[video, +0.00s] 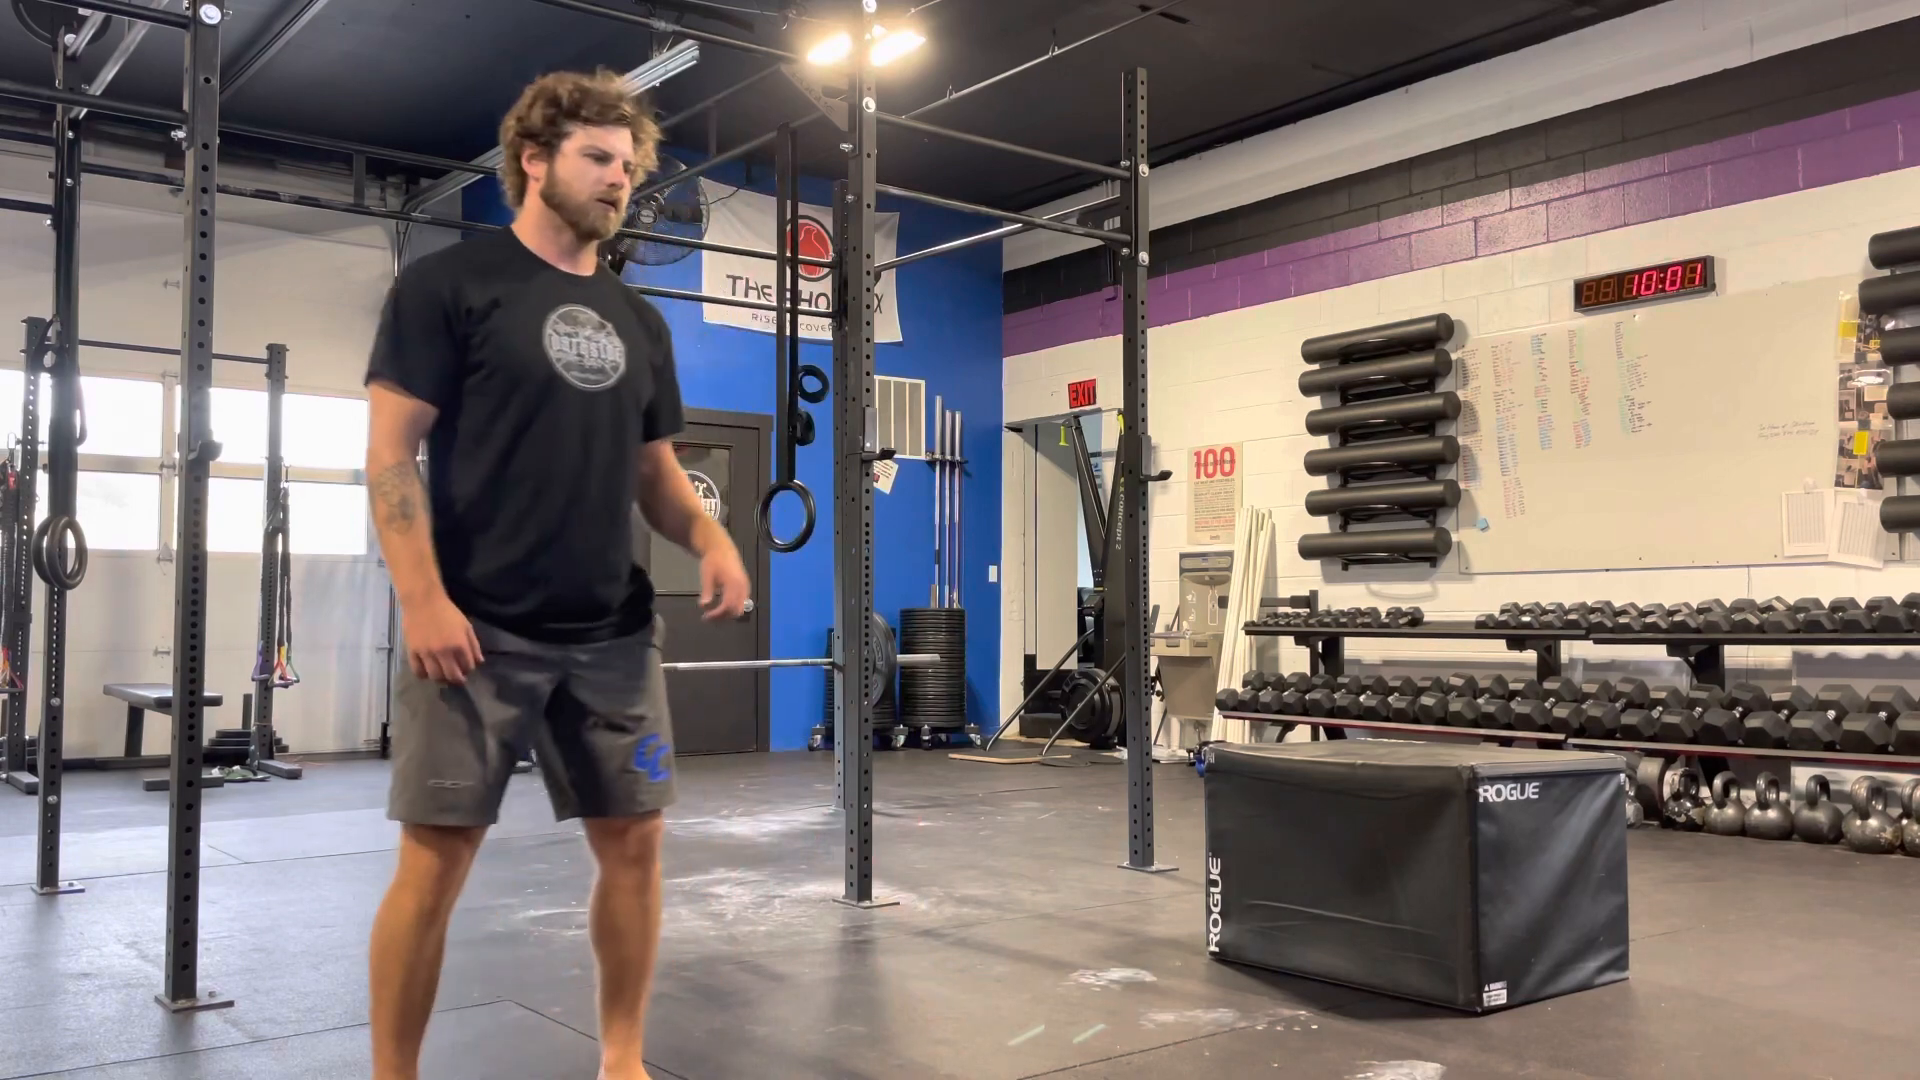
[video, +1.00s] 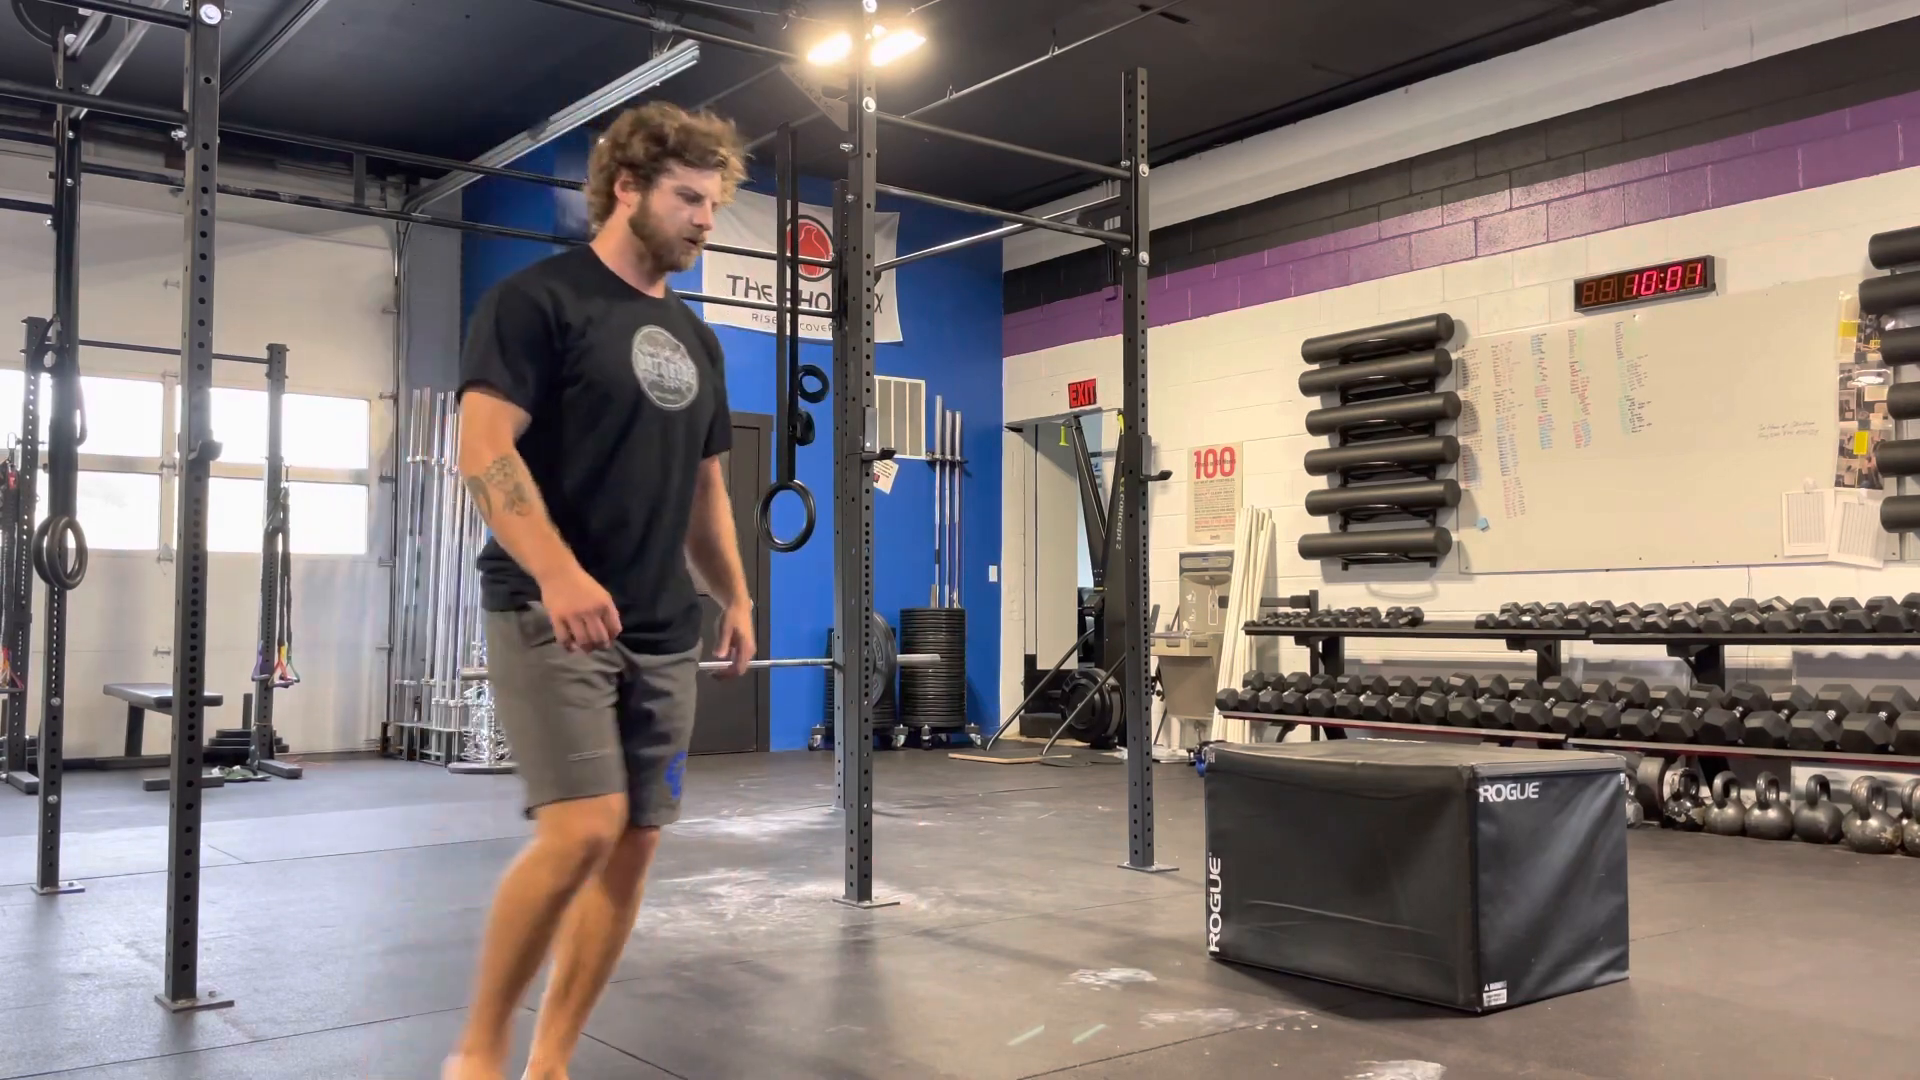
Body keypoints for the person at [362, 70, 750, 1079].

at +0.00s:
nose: (620, 179)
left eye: (630, 166)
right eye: (599, 158)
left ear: (637, 182)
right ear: (535, 162)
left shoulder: (635, 317)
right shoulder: (447, 281)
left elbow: (655, 467)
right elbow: (390, 453)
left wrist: (708, 533)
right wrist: (422, 600)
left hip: (611, 631)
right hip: (476, 627)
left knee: (634, 840)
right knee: (434, 861)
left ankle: (624, 1060)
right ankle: (393, 1072)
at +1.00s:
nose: (705, 219)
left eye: (715, 203)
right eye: (690, 198)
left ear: (716, 209)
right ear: (626, 189)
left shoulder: (693, 336)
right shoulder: (537, 298)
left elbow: (705, 483)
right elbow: (482, 453)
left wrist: (735, 593)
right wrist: (559, 575)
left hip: (665, 624)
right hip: (552, 613)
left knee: (631, 843)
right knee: (582, 822)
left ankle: (549, 1062)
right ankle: (478, 1055)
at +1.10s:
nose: (733, 232)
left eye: (742, 214)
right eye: (718, 209)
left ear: (742, 219)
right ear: (654, 198)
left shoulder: (715, 347)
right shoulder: (562, 306)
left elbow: (730, 489)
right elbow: (494, 453)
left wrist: (766, 589)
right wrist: (537, 590)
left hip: (686, 628)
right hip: (588, 613)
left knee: (635, 845)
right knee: (666, 811)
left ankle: (555, 1054)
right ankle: (591, 1046)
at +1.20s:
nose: (765, 244)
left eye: (774, 228)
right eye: (750, 222)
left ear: (769, 230)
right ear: (686, 211)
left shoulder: (741, 357)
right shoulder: (588, 319)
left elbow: (758, 497)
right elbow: (507, 456)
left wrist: (804, 584)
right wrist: (512, 604)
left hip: (704, 627)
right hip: (610, 618)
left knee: (653, 860)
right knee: (739, 801)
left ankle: (549, 1059)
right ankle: (726, 1042)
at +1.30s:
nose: (805, 264)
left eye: (811, 247)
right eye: (790, 244)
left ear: (789, 251)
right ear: (724, 236)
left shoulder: (779, 378)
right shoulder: (627, 336)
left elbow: (798, 511)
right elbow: (524, 468)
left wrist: (845, 583)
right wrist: (495, 618)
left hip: (729, 645)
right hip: (644, 642)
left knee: (691, 870)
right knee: (803, 806)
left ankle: (550, 1059)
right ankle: (836, 1021)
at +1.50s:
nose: (902, 376)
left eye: (908, 358)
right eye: (885, 354)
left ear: (908, 359)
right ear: (822, 351)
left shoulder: (885, 471)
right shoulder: (727, 441)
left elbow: (920, 585)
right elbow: (581, 530)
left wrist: (939, 632)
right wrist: (510, 665)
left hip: (793, 721)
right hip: (727, 720)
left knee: (804, 942)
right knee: (927, 836)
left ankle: (578, 1041)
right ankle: (911, 1048)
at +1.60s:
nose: (964, 457)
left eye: (970, 440)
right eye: (947, 436)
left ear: (972, 443)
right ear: (884, 437)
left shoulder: (948, 546)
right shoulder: (790, 507)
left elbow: (996, 651)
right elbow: (634, 555)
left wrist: (1001, 696)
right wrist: (525, 672)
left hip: (817, 780)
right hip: (756, 775)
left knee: (831, 995)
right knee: (970, 845)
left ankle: (599, 1036)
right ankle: (916, 1049)